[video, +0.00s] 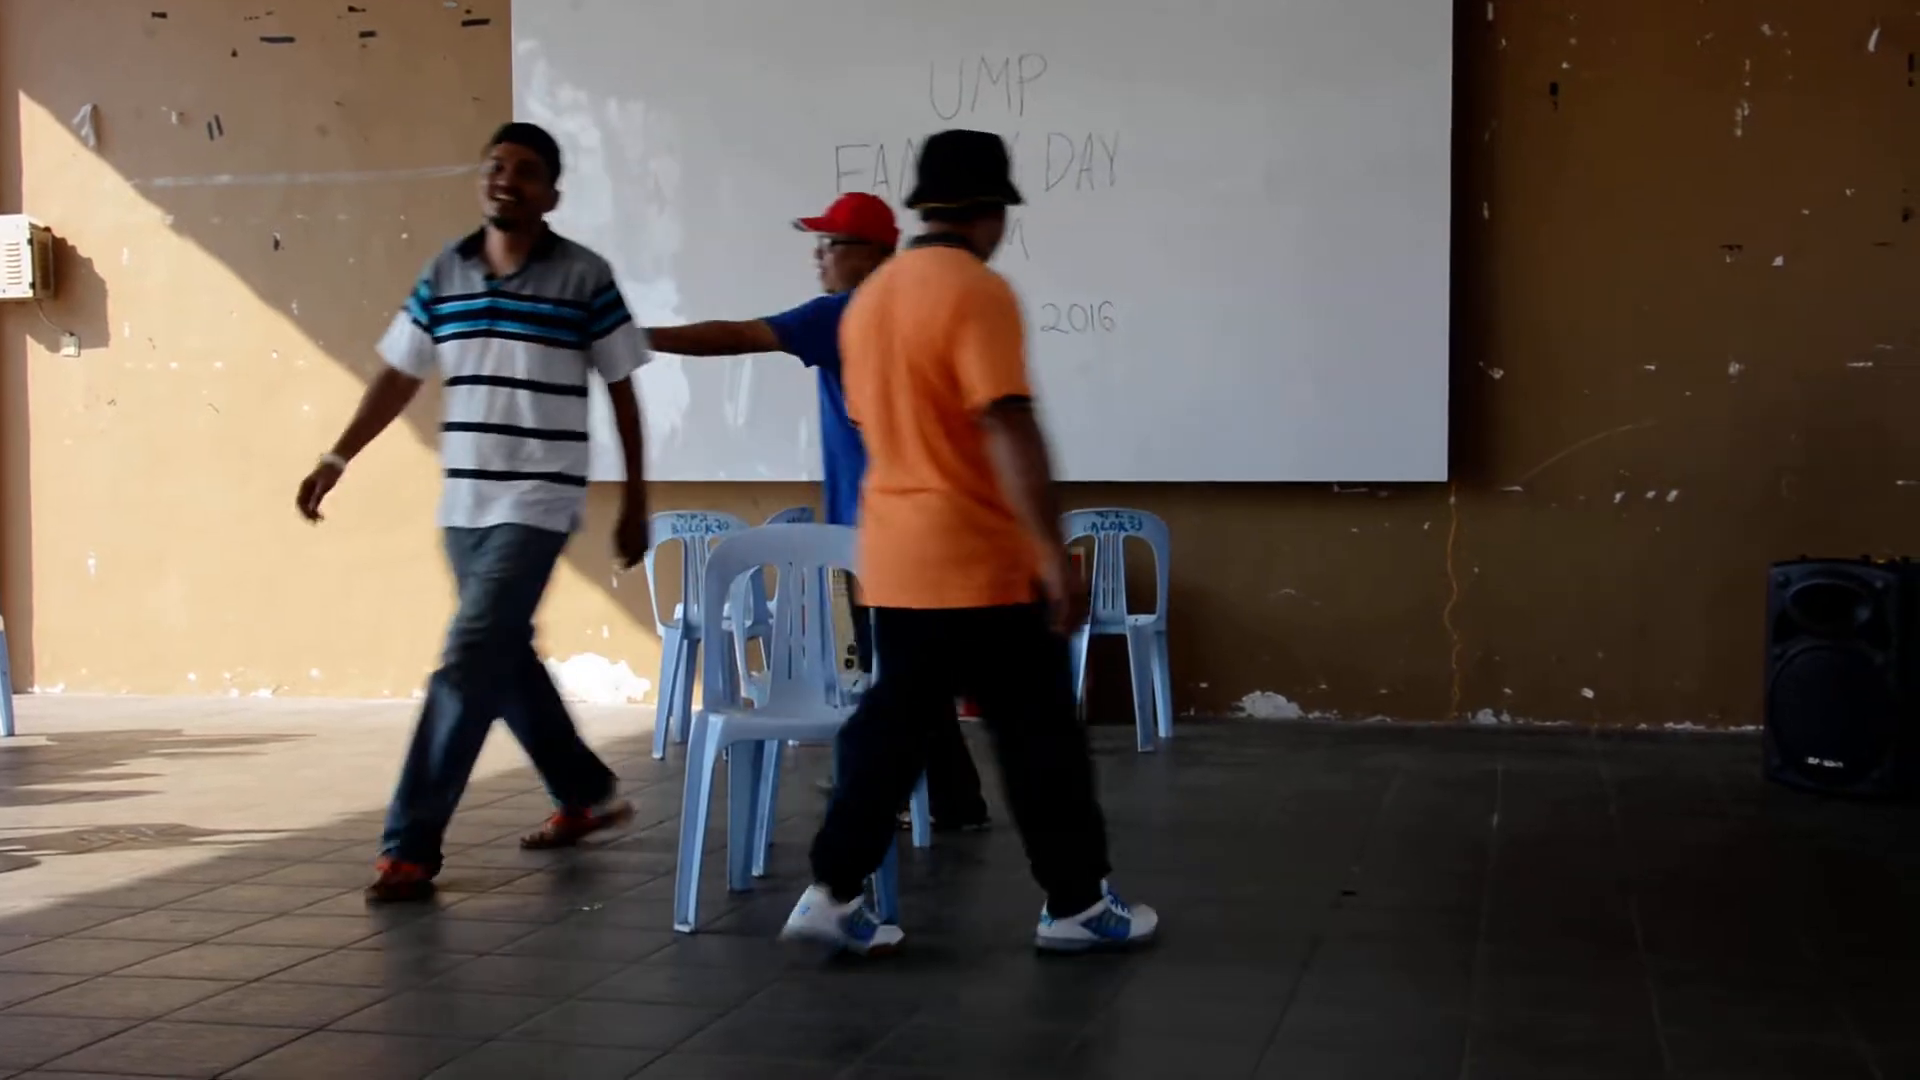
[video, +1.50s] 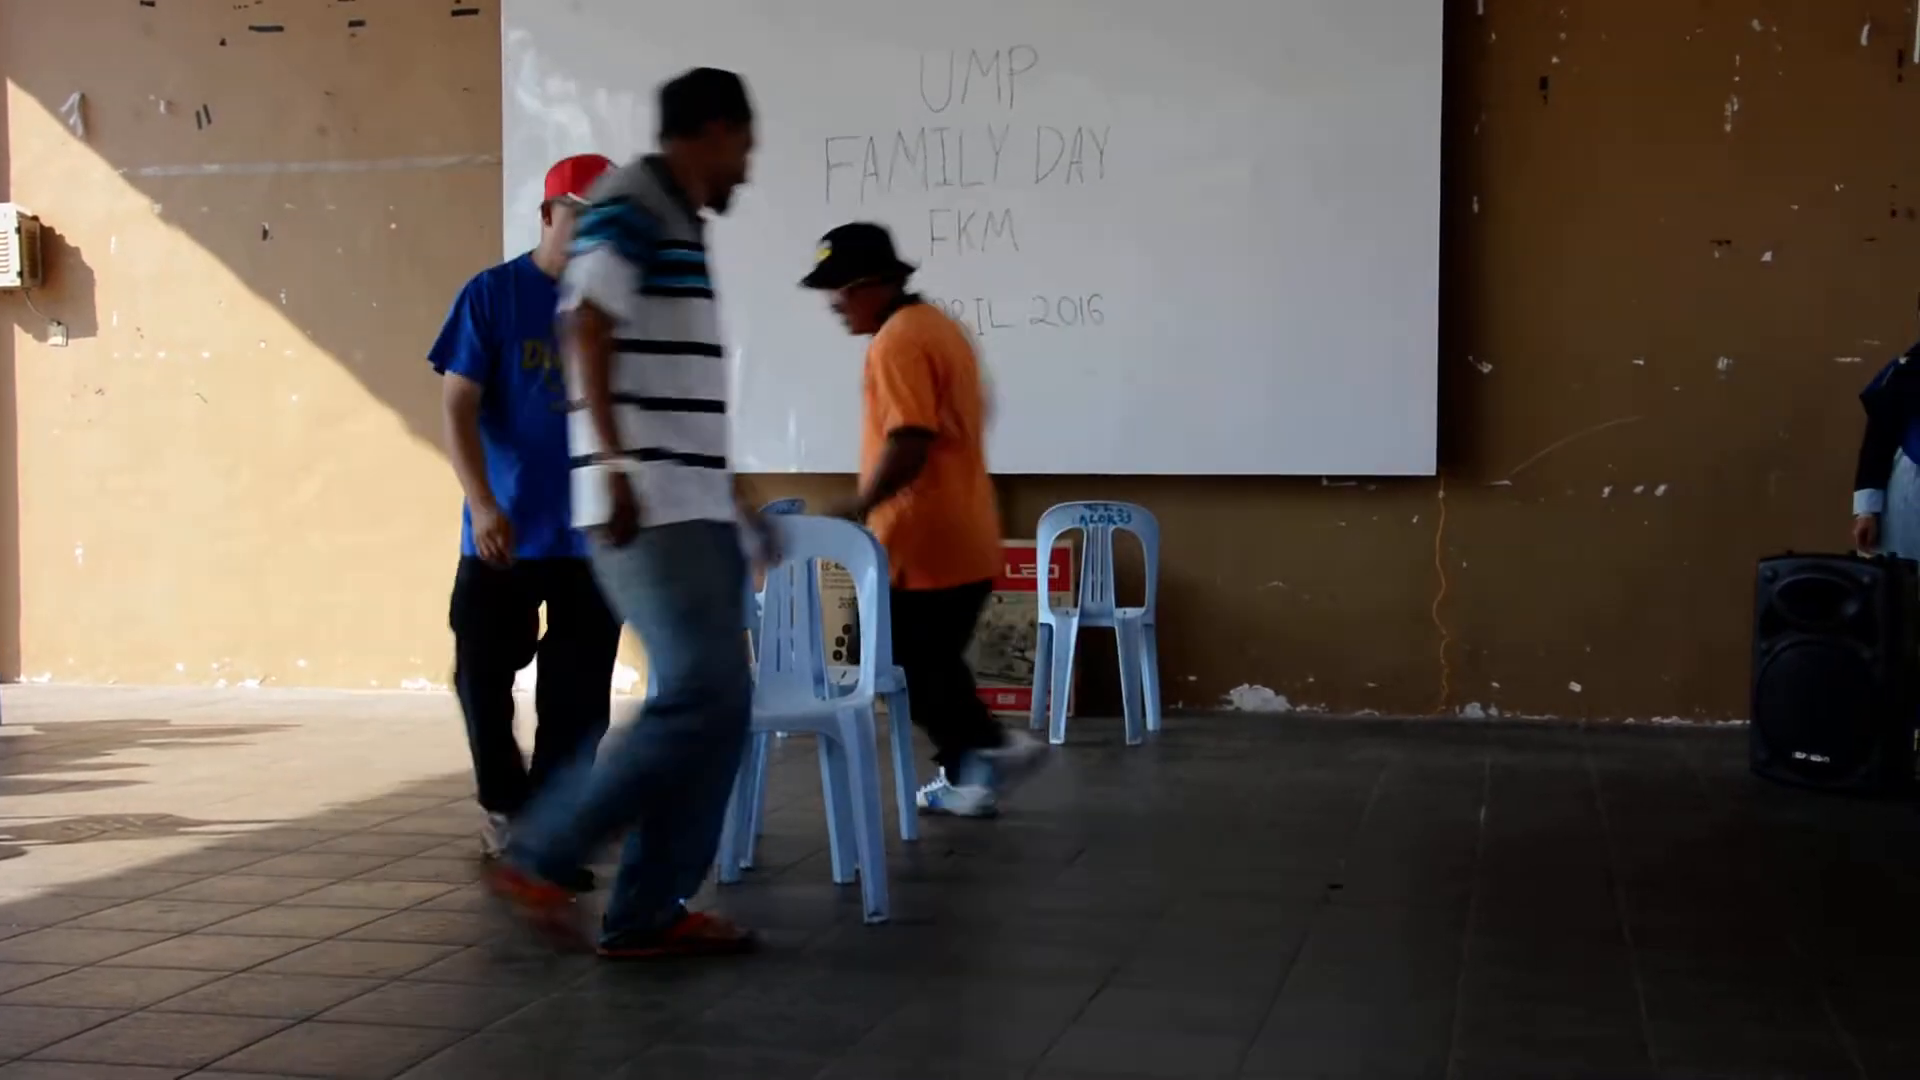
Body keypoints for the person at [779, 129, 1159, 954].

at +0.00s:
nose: (1005, 227)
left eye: (1003, 212)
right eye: (1002, 212)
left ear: (922, 209)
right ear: (986, 213)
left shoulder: (868, 299)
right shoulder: (976, 290)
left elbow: (869, 428)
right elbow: (1007, 424)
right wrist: (1052, 551)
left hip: (892, 559)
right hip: (979, 559)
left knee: (897, 723)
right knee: (1040, 732)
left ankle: (832, 892)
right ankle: (1077, 901)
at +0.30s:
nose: (1088, 222)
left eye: (1078, 212)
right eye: (1086, 212)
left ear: (1005, 215)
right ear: (1081, 213)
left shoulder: (956, 297)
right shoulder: (1115, 288)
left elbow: (916, 419)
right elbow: (1181, 411)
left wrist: (906, 528)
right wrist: (1225, 514)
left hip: (990, 544)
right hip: (1085, 543)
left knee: (1030, 704)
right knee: (1091, 719)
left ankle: (1052, 855)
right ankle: (1074, 902)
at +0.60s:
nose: (1017, 259)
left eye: (1018, 249)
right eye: (1019, 249)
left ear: (1029, 248)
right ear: (1096, 242)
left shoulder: (991, 330)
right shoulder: (1146, 311)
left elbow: (964, 456)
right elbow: (1215, 422)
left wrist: (970, 551)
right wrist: (1232, 515)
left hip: (1040, 562)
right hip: (1135, 552)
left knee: (1078, 725)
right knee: (1188, 691)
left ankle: (1109, 862)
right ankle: (1154, 800)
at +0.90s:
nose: (1004, 284)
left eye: (1005, 270)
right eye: (1002, 271)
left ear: (1028, 264)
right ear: (1076, 258)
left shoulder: (1008, 333)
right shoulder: (1150, 316)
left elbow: (975, 451)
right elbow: (1213, 409)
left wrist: (976, 517)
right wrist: (1187, 495)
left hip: (1054, 551)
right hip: (1152, 541)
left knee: (1062, 690)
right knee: (1164, 694)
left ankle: (1107, 800)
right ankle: (1180, 833)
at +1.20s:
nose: (928, 296)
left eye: (930, 280)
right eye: (925, 281)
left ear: (959, 272)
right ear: (989, 268)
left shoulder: (964, 336)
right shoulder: (1061, 319)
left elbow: (971, 434)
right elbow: (1096, 414)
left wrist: (944, 518)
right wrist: (1042, 467)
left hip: (1006, 541)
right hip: (1084, 533)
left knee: (1005, 681)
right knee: (1090, 646)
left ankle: (1049, 805)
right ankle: (1147, 741)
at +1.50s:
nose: (835, 305)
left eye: (842, 291)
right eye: (832, 294)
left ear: (875, 284)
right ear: (890, 284)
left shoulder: (897, 341)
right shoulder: (940, 329)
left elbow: (910, 439)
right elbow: (975, 412)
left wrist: (856, 506)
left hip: (924, 545)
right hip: (967, 538)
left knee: (913, 662)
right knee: (939, 660)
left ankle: (975, 759)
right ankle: (970, 770)